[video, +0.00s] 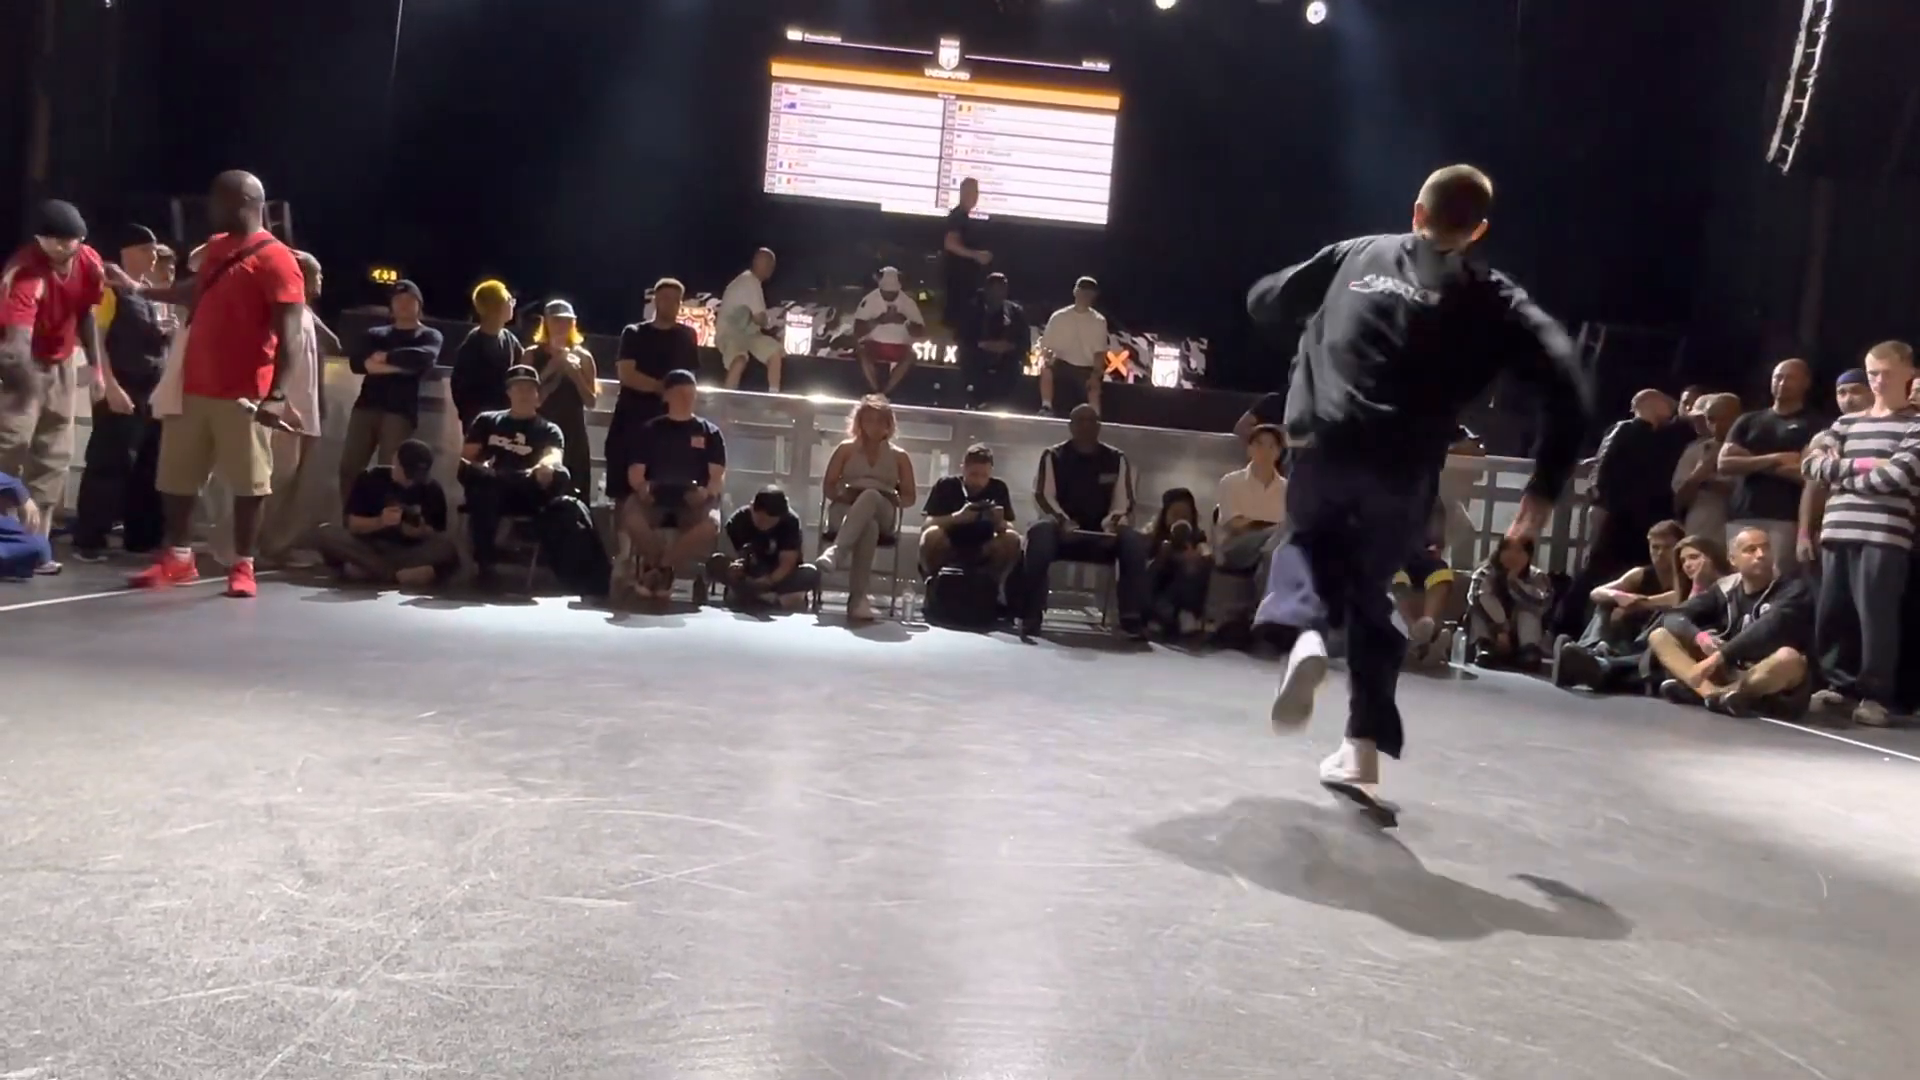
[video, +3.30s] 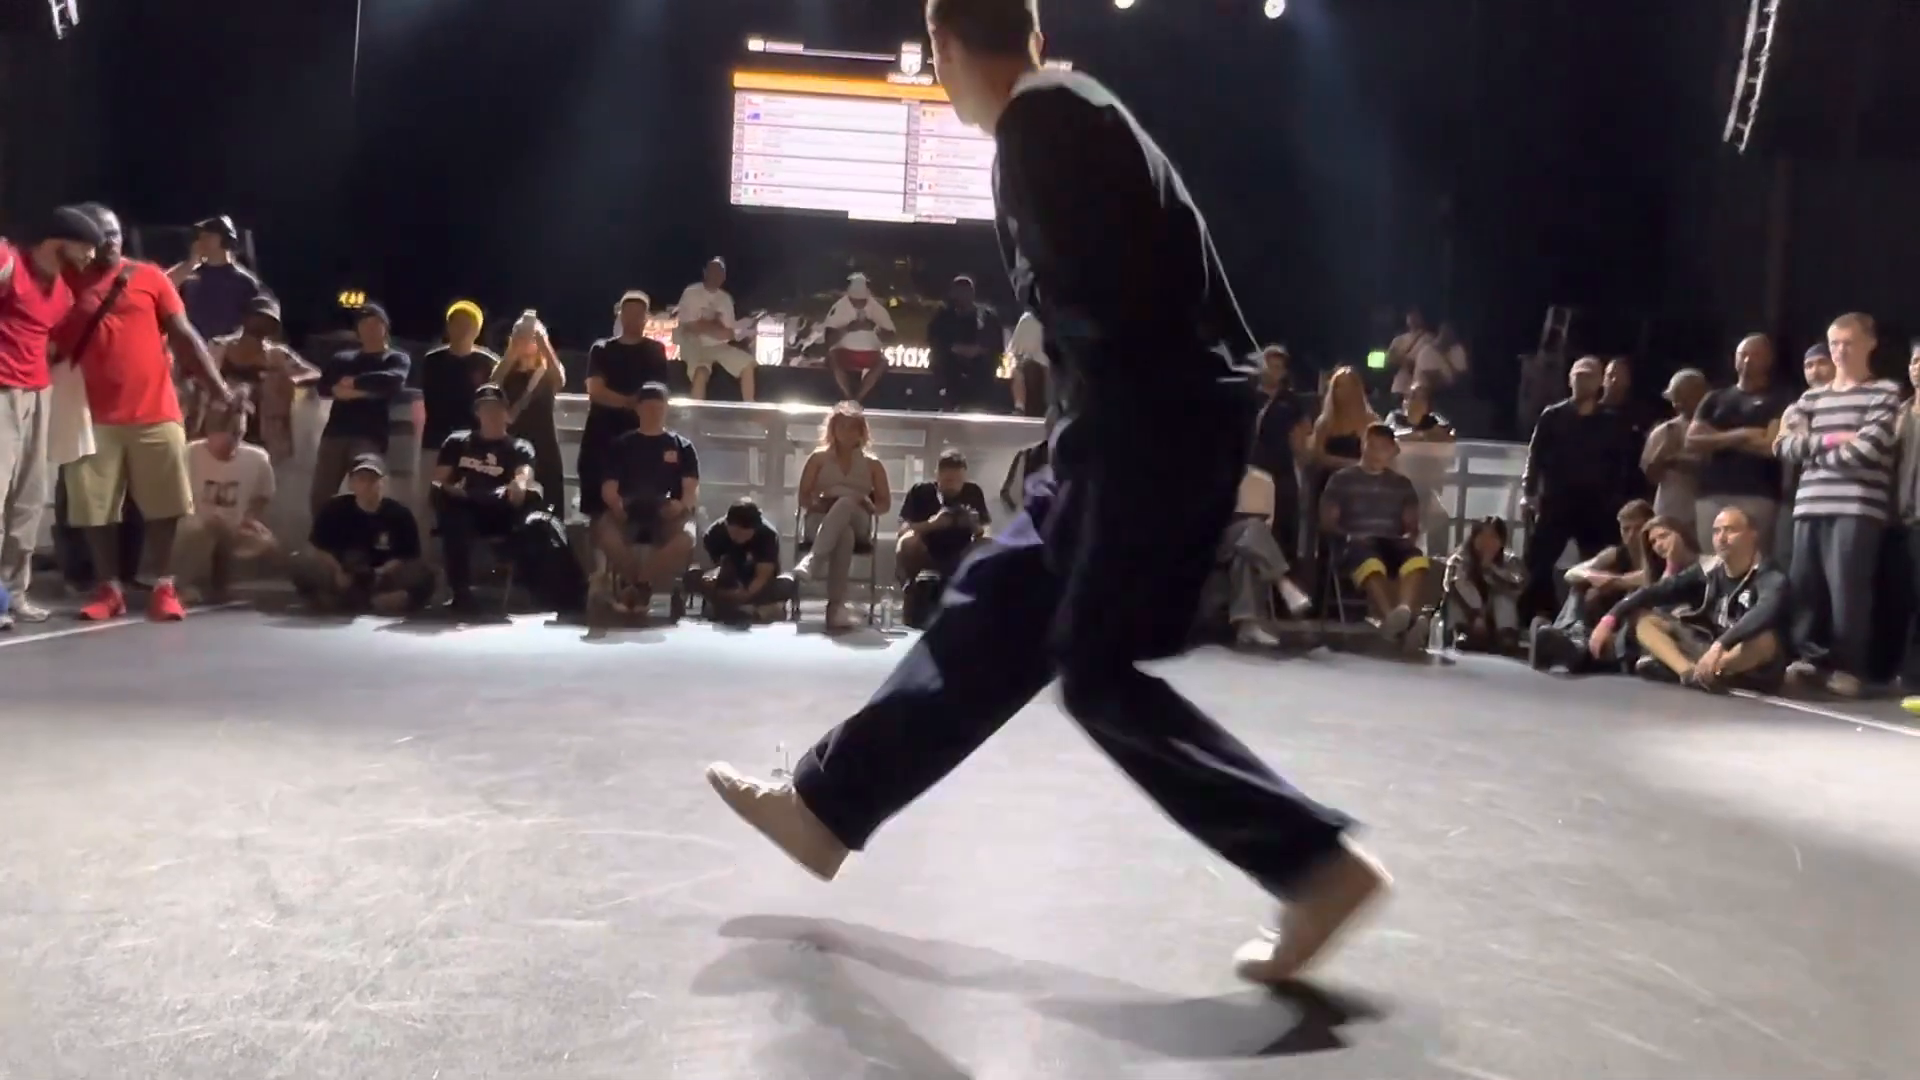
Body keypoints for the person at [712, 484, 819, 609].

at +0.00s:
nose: (762, 524)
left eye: (768, 521)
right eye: (759, 519)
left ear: (779, 517)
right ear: (752, 508)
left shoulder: (790, 522)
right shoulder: (736, 523)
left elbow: (788, 563)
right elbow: (742, 558)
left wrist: (769, 580)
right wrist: (736, 568)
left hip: (780, 570)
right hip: (751, 570)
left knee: (811, 573)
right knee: (716, 564)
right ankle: (775, 600)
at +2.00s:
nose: (762, 533)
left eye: (767, 529)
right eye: (759, 527)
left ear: (776, 523)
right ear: (750, 518)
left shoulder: (788, 529)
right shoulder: (733, 529)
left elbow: (784, 569)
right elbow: (740, 564)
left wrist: (763, 590)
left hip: (776, 575)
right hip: (749, 576)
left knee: (807, 579)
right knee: (713, 568)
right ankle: (774, 607)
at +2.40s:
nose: (757, 535)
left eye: (761, 531)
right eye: (753, 530)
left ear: (769, 525)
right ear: (744, 521)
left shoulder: (781, 530)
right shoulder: (726, 532)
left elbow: (778, 571)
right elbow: (731, 567)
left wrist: (759, 590)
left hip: (770, 577)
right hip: (741, 578)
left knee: (801, 581)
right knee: (705, 571)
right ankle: (765, 608)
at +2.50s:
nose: (752, 537)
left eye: (757, 533)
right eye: (748, 531)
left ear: (767, 528)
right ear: (742, 523)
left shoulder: (780, 532)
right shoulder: (726, 534)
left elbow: (777, 572)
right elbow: (735, 569)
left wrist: (761, 592)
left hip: (770, 579)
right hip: (742, 581)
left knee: (800, 582)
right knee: (705, 572)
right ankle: (767, 611)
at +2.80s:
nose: (745, 538)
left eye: (750, 534)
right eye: (741, 532)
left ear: (760, 529)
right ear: (734, 524)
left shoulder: (773, 534)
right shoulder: (718, 535)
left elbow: (769, 574)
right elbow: (728, 569)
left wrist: (753, 592)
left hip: (762, 580)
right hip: (734, 582)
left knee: (793, 584)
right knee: (698, 575)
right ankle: (758, 611)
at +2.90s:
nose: (741, 539)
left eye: (747, 535)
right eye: (738, 533)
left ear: (757, 531)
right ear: (731, 526)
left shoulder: (770, 536)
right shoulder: (715, 537)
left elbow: (766, 576)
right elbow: (726, 571)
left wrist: (748, 595)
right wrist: (717, 579)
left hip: (759, 582)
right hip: (731, 582)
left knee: (791, 585)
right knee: (695, 577)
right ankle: (756, 613)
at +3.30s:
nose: (739, 536)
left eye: (745, 533)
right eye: (735, 531)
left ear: (754, 528)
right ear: (728, 525)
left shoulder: (767, 535)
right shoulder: (713, 535)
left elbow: (764, 574)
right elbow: (719, 566)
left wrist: (748, 593)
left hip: (757, 578)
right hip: (731, 578)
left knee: (786, 584)